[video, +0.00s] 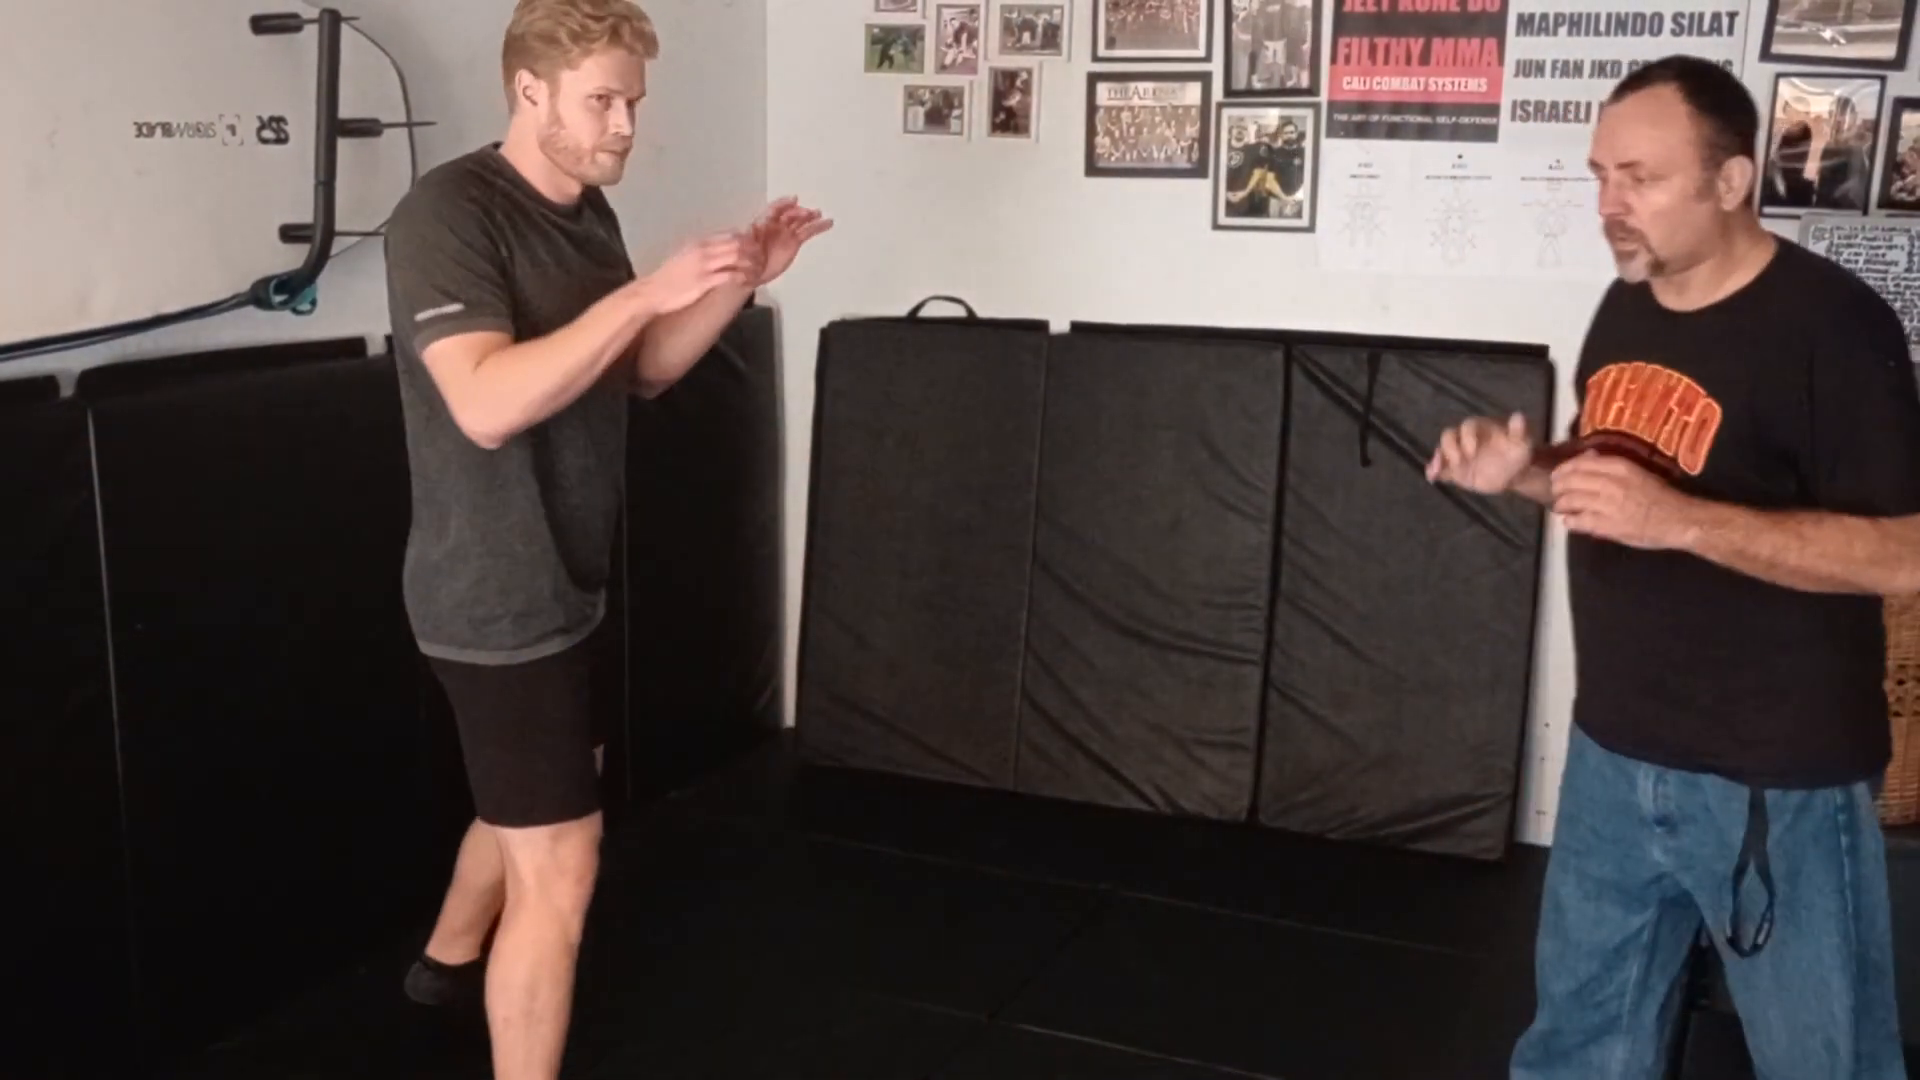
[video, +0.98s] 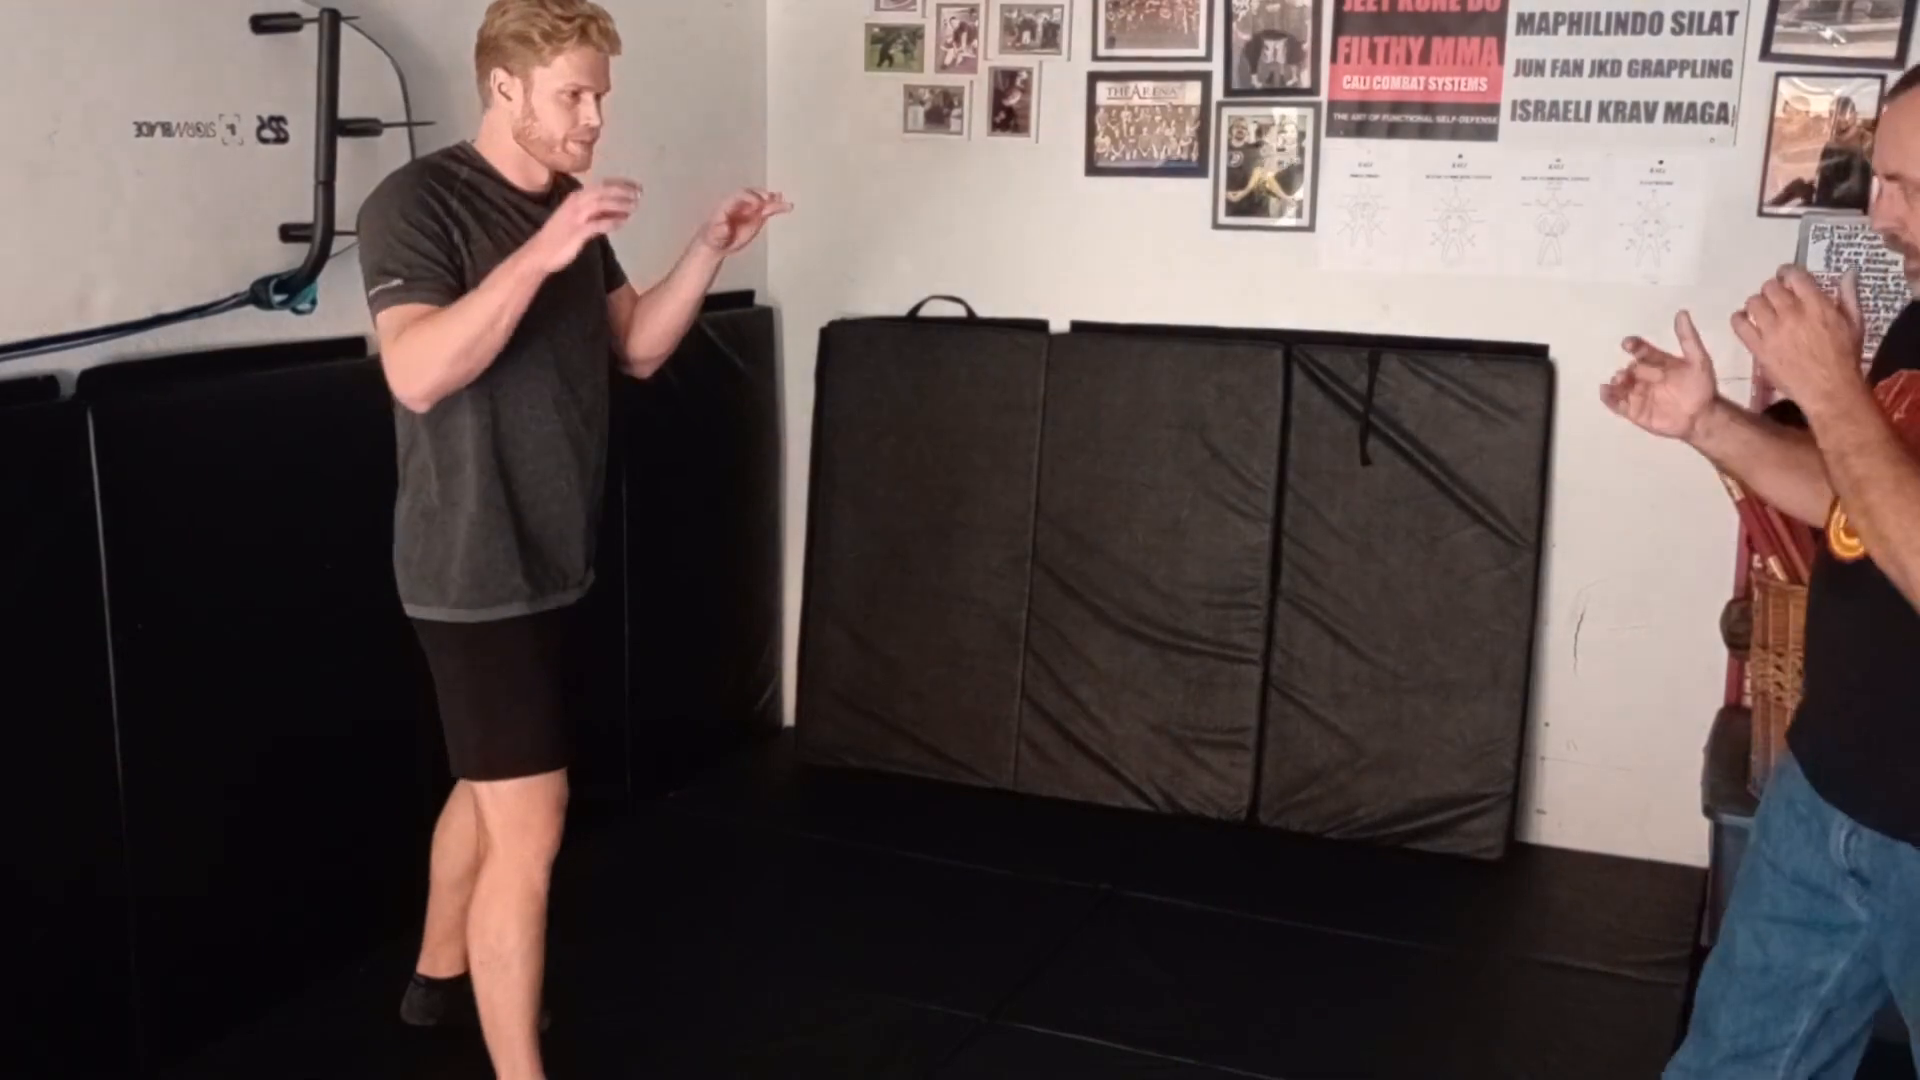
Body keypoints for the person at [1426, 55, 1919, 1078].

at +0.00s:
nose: (1609, 204)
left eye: (1639, 176)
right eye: (1601, 176)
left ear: (1733, 180)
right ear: (1596, 178)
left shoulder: (1840, 327)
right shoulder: (1622, 310)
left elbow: (1903, 551)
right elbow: (1621, 481)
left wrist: (1679, 518)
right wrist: (1524, 471)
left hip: (1789, 788)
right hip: (1613, 764)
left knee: (1825, 1062)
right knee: (1579, 1052)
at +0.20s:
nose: (1693, 233)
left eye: (1725, 204)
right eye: (1692, 202)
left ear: (1828, 214)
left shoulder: (1909, 363)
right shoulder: (1738, 337)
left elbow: (1913, 620)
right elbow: (1707, 504)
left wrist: (1734, 561)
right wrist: (1570, 513)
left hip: (1871, 836)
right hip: (1705, 788)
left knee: (1852, 1067)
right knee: (1626, 1056)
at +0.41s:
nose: (1764, 177)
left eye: (1796, 149)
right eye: (1766, 144)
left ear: (1902, 161)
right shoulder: (1811, 283)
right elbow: (1782, 445)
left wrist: (1824, 459)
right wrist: (1657, 432)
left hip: (1907, 795)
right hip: (1774, 756)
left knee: (1898, 1054)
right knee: (1745, 1050)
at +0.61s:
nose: (1858, 209)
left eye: (1893, 184)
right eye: (1859, 175)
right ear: (1854, 175)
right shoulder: (1873, 330)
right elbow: (1814, 493)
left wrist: (1867, 516)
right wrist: (1683, 469)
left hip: (1896, 845)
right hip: (1804, 804)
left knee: (1856, 1060)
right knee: (1783, 1053)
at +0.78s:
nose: (1878, 206)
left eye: (1901, 176)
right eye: (1877, 173)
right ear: (1874, 174)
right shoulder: (1900, 330)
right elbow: (1870, 504)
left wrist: (1882, 505)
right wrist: (1741, 491)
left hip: (1916, 832)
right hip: (1823, 767)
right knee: (1735, 1014)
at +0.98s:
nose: (1877, 209)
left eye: (1897, 183)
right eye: (1875, 180)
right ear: (1875, 187)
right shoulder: (1900, 335)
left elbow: (1904, 554)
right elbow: (1849, 497)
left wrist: (1834, 394)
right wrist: (1711, 420)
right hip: (1828, 791)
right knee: (1733, 1062)